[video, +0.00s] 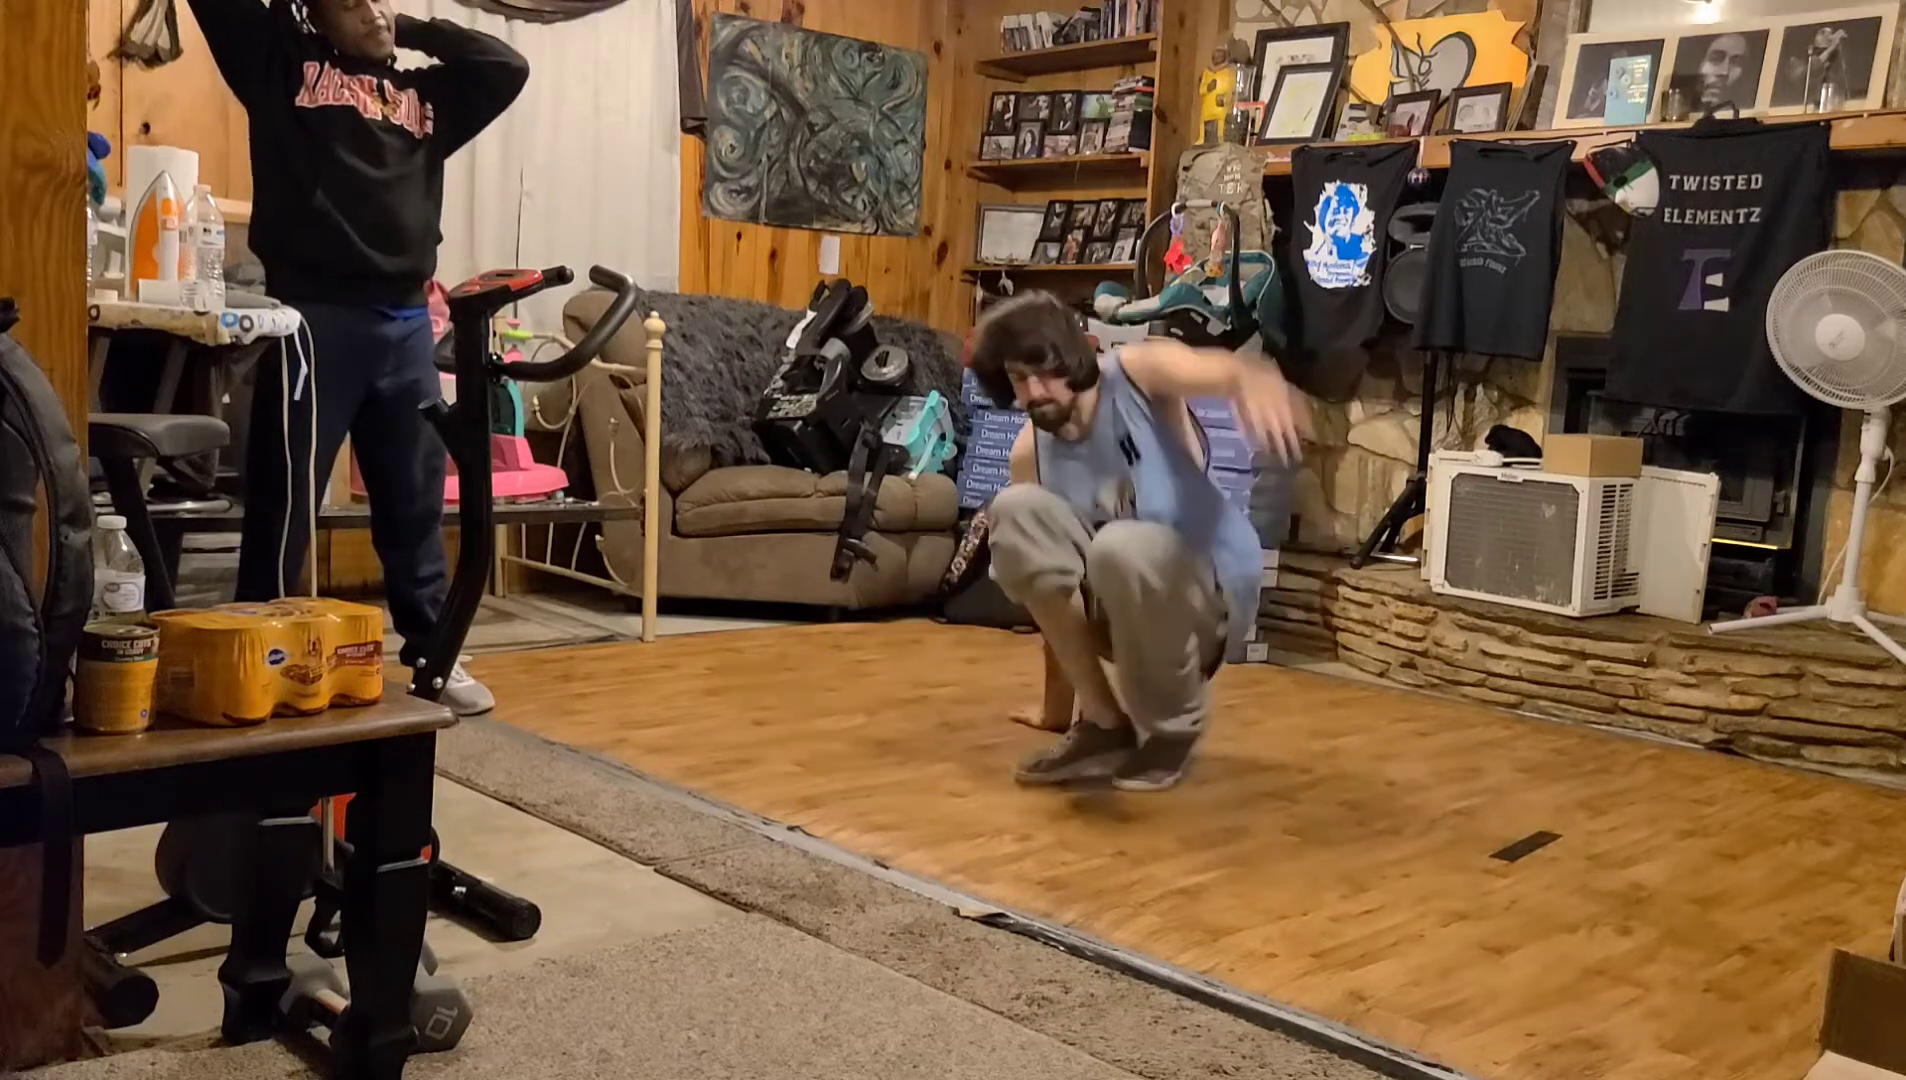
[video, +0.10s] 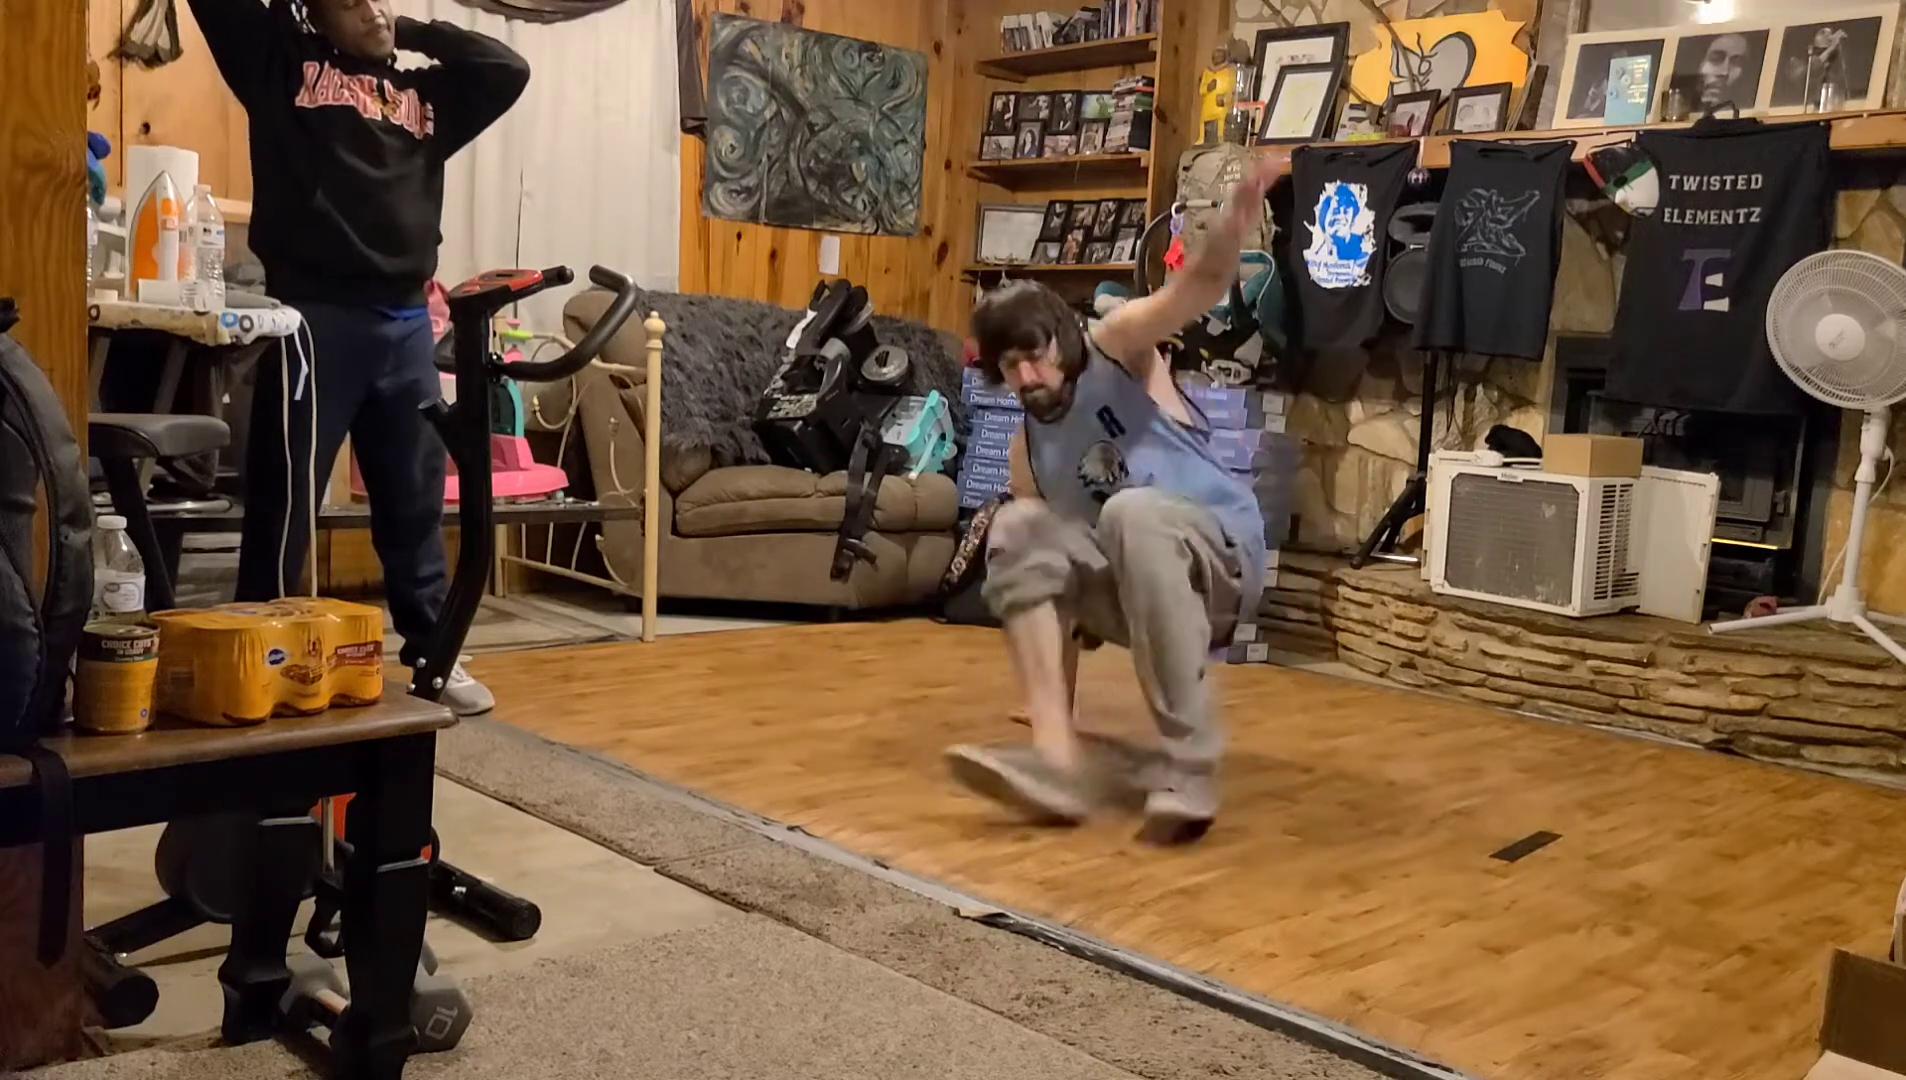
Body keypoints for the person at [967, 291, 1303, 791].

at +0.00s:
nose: (1034, 393)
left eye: (1045, 373)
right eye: (1017, 381)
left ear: (1077, 355)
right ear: (1008, 386)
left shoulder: (1140, 368)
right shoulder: (1029, 455)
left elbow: (1238, 371)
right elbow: (1055, 598)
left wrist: (1257, 383)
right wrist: (1055, 717)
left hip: (1211, 592)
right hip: (1112, 601)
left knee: (1122, 550)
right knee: (1016, 510)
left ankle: (1170, 727)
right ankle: (1101, 723)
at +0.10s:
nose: (1028, 376)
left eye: (1038, 356)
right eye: (1012, 365)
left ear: (1065, 338)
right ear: (997, 369)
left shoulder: (1116, 340)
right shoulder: (1028, 452)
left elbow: (1198, 287)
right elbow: (1063, 595)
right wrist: (1058, 727)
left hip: (1219, 566)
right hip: (1117, 580)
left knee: (1134, 515)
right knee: (1017, 524)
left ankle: (1188, 769)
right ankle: (1055, 761)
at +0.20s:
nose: (1022, 379)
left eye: (1031, 358)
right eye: (1005, 369)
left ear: (1057, 342)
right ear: (992, 374)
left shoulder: (1110, 339)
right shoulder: (1025, 456)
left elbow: (1200, 293)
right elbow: (1050, 585)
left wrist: (1272, 229)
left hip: (1224, 549)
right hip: (1126, 570)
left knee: (1142, 511)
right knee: (1025, 514)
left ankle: (1168, 775)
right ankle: (1051, 758)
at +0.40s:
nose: (1077, 390)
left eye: (1093, 373)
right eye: (1062, 375)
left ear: (1127, 369)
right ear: (1046, 378)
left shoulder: (1190, 425)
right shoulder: (1039, 451)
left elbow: (1264, 539)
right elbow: (1036, 569)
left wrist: (1339, 638)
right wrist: (1037, 688)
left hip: (1191, 616)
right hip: (1088, 611)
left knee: (1107, 569)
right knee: (1001, 566)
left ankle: (1129, 730)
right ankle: (1076, 723)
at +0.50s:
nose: (1172, 404)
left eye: (1190, 396)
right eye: (1163, 387)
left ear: (1225, 388)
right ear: (1151, 370)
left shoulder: (1255, 465)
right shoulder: (1103, 412)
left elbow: (1277, 617)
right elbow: (1019, 518)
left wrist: (1312, 742)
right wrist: (945, 597)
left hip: (1177, 622)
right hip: (1072, 586)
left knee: (1104, 569)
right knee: (982, 572)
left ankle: (1121, 733)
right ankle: (1069, 710)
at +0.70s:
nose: (1291, 396)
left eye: (1315, 390)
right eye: (1288, 373)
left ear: (1349, 393)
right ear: (1276, 350)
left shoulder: (1333, 475)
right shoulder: (1218, 363)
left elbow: (1306, 614)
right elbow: (1097, 342)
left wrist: (1302, 744)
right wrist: (1022, 300)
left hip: (1201, 594)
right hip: (1113, 538)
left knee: (1140, 570)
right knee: (994, 528)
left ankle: (998, 775)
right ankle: (853, 744)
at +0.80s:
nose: (1308, 400)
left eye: (1331, 393)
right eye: (1303, 378)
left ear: (1363, 397)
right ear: (1291, 355)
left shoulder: (1345, 477)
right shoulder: (1230, 365)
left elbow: (1305, 612)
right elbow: (1105, 339)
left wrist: (1300, 744)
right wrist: (1004, 309)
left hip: (1197, 609)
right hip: (1111, 548)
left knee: (1162, 545)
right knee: (990, 516)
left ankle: (1029, 766)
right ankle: (874, 735)